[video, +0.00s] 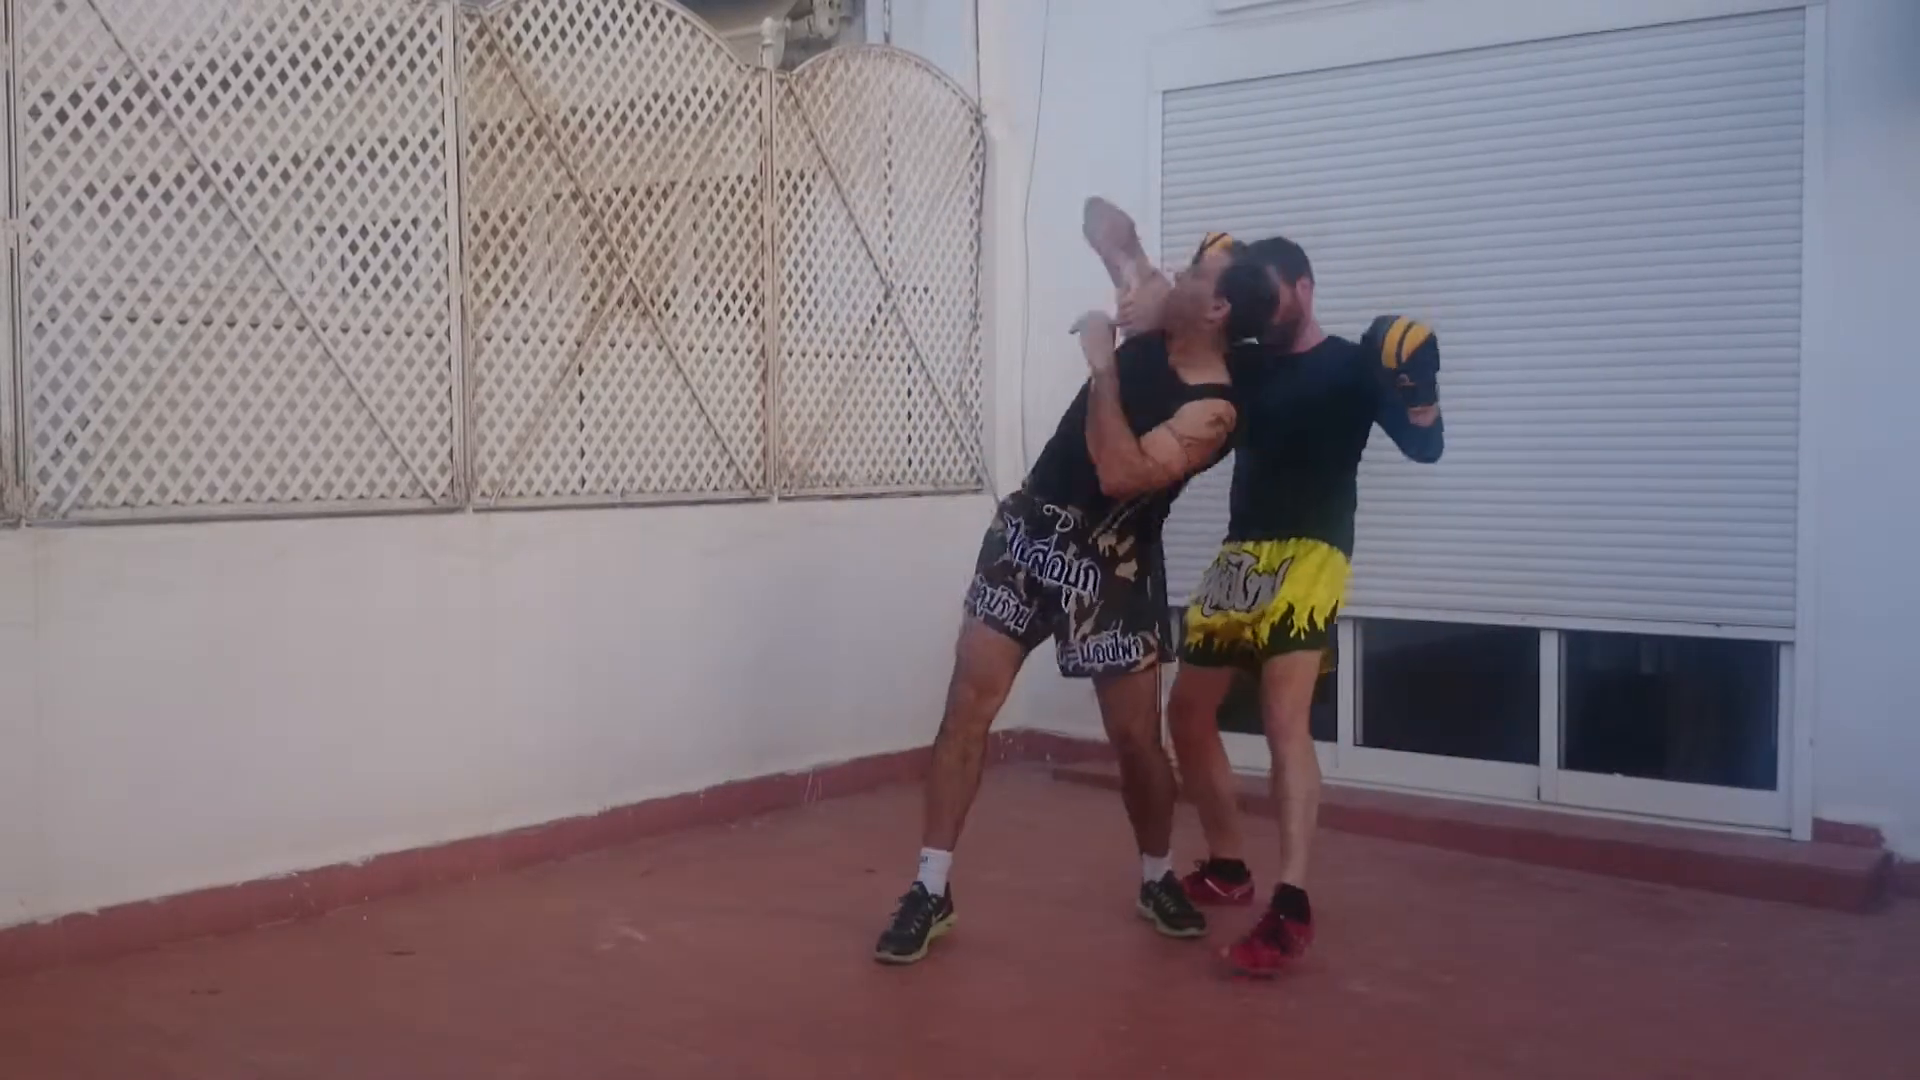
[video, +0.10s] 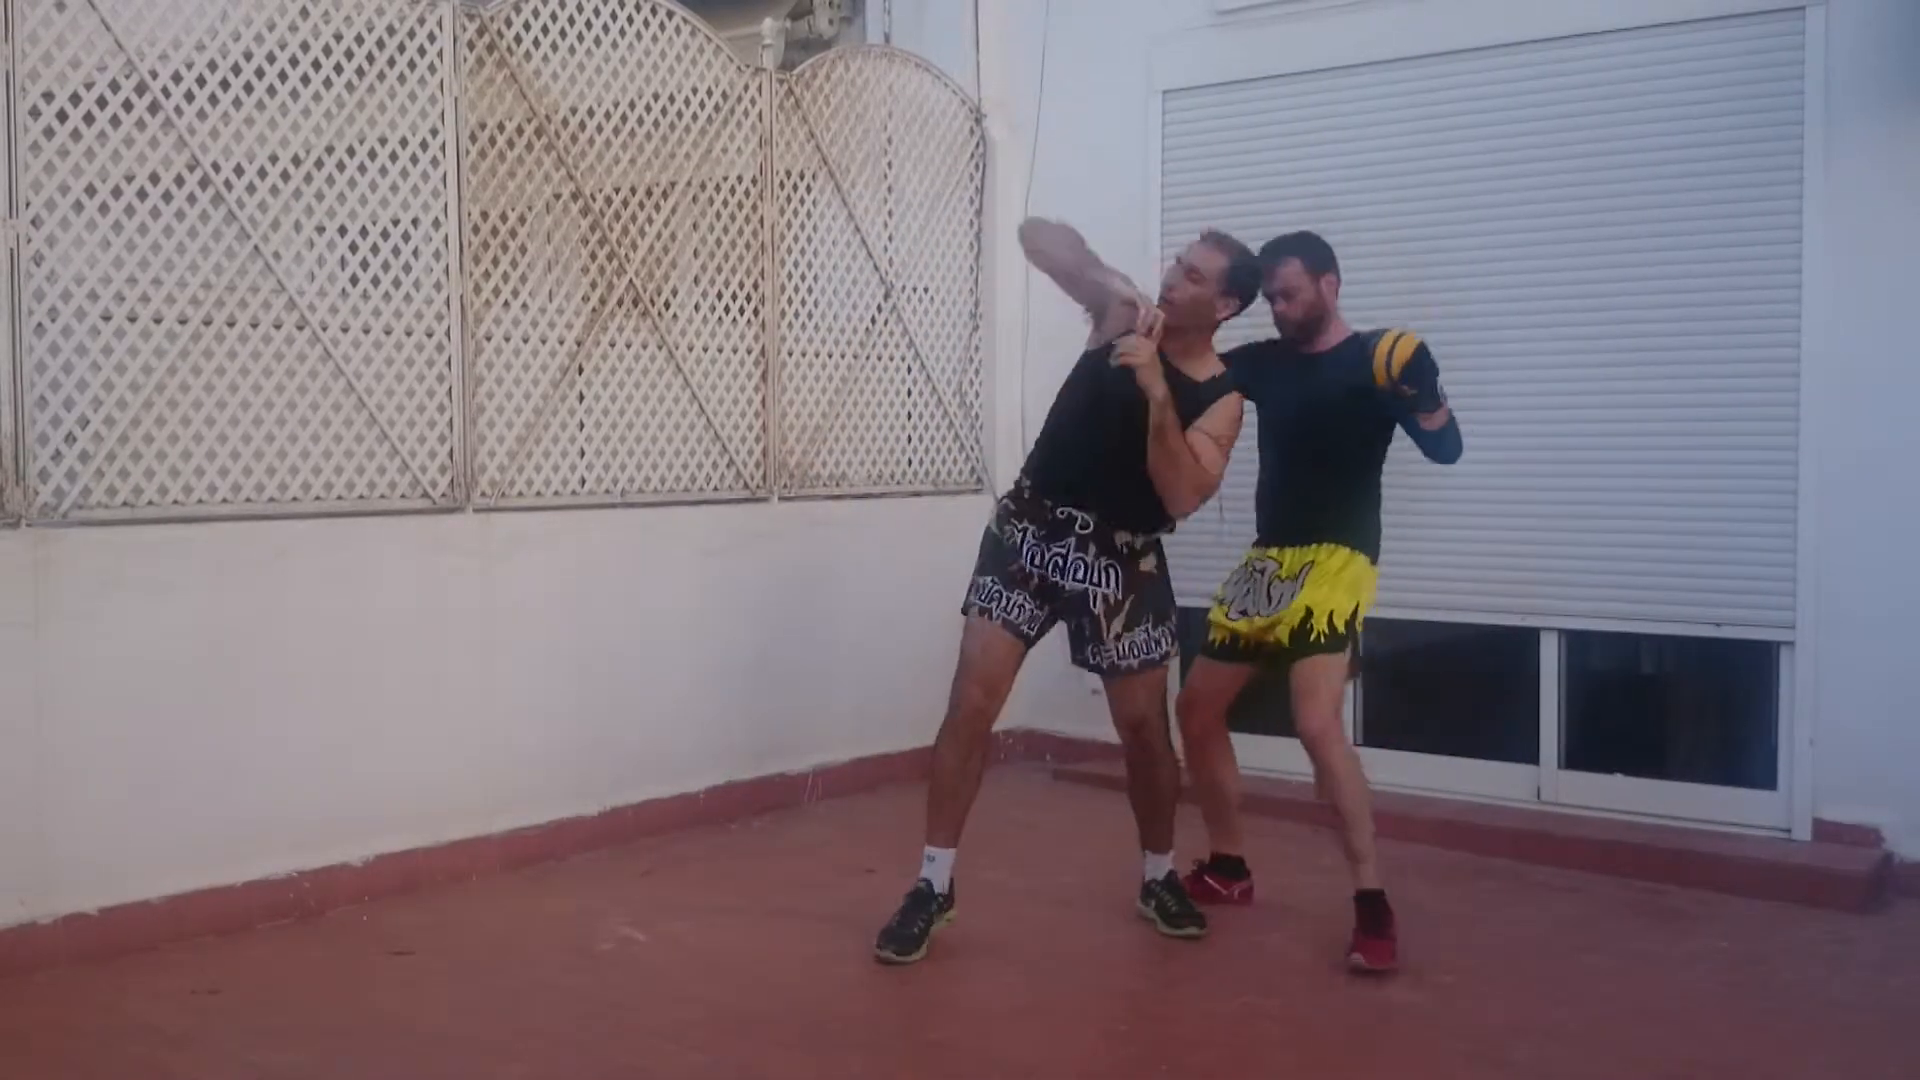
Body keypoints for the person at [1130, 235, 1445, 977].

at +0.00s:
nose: (1261, 309)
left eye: (1272, 292)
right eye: (1252, 297)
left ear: (1304, 288)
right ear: (1246, 305)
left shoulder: (1358, 362)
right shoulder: (1245, 366)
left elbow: (1424, 448)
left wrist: (1418, 388)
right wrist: (1205, 299)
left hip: (1310, 551)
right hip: (1241, 549)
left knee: (1285, 718)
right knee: (1189, 714)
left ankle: (1292, 902)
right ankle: (1227, 864)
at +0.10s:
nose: (1277, 309)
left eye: (1287, 295)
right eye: (1270, 298)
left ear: (1329, 286)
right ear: (1266, 300)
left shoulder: (1380, 360)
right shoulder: (1262, 361)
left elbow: (1446, 450)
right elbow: (1183, 393)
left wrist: (1424, 398)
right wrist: (1141, 338)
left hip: (1337, 557)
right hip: (1267, 556)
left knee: (1316, 722)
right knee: (1198, 711)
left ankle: (1370, 903)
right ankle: (1227, 866)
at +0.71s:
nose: (1548, 298)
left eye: (1555, 280)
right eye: (1543, 283)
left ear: (1604, 264)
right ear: (1600, 272)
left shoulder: (1666, 334)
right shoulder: (1610, 347)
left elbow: (1640, 433)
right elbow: (1537, 440)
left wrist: (1561, 404)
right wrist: (1492, 387)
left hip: (1643, 567)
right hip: (1644, 564)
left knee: (1554, 735)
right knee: (1651, 748)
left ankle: (1571, 916)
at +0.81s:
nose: (1603, 312)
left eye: (1610, 295)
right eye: (1599, 299)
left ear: (1658, 281)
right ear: (1661, 287)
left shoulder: (1704, 357)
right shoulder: (1675, 363)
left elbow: (1660, 438)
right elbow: (1572, 429)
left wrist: (1601, 378)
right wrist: (1542, 353)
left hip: (1710, 590)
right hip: (1744, 591)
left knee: (1568, 723)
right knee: (1739, 776)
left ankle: (1621, 913)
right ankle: (1843, 947)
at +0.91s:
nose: (1645, 308)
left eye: (1653, 291)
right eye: (1643, 295)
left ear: (1705, 283)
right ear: (1707, 288)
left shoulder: (1742, 362)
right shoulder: (1756, 355)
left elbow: (1634, 444)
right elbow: (1680, 452)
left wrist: (1605, 354)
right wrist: (1642, 391)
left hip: (1758, 598)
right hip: (1792, 596)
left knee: (1621, 734)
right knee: (1754, 782)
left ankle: (1658, 947)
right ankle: (1844, 952)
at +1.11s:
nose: (1697, 275)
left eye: (1703, 257)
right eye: (1694, 260)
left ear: (1748, 243)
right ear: (1767, 243)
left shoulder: (1776, 323)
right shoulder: (1828, 314)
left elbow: (1699, 430)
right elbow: (1746, 428)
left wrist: (1656, 365)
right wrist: (1685, 366)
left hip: (1805, 573)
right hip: (1860, 568)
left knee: (1755, 771)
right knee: (1837, 767)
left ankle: (1792, 993)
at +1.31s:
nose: (1732, 291)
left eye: (1739, 274)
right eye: (1729, 277)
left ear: (1786, 262)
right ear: (1798, 264)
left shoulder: (1826, 345)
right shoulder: (1859, 336)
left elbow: (1747, 452)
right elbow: (1764, 447)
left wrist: (1687, 358)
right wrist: (1710, 371)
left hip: (1854, 596)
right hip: (1893, 594)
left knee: (1775, 781)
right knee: (1912, 798)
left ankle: (1805, 1006)